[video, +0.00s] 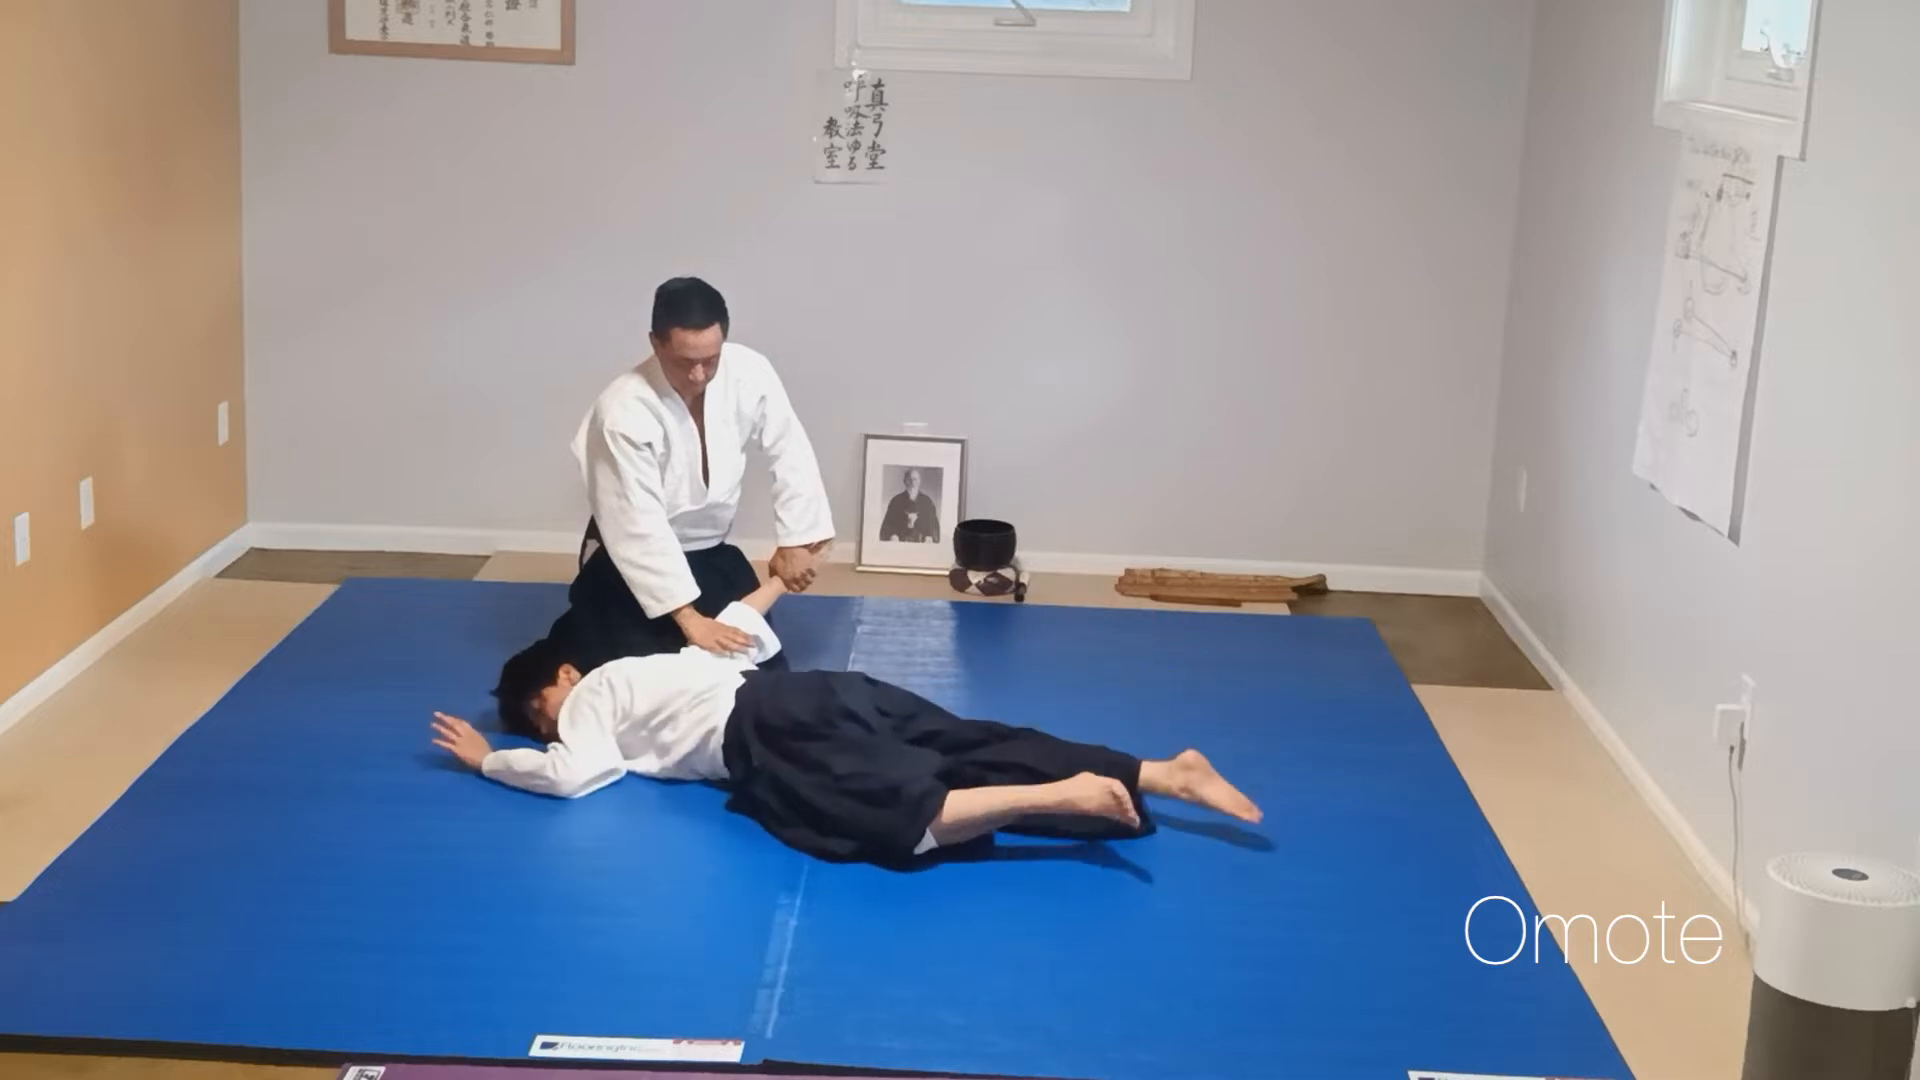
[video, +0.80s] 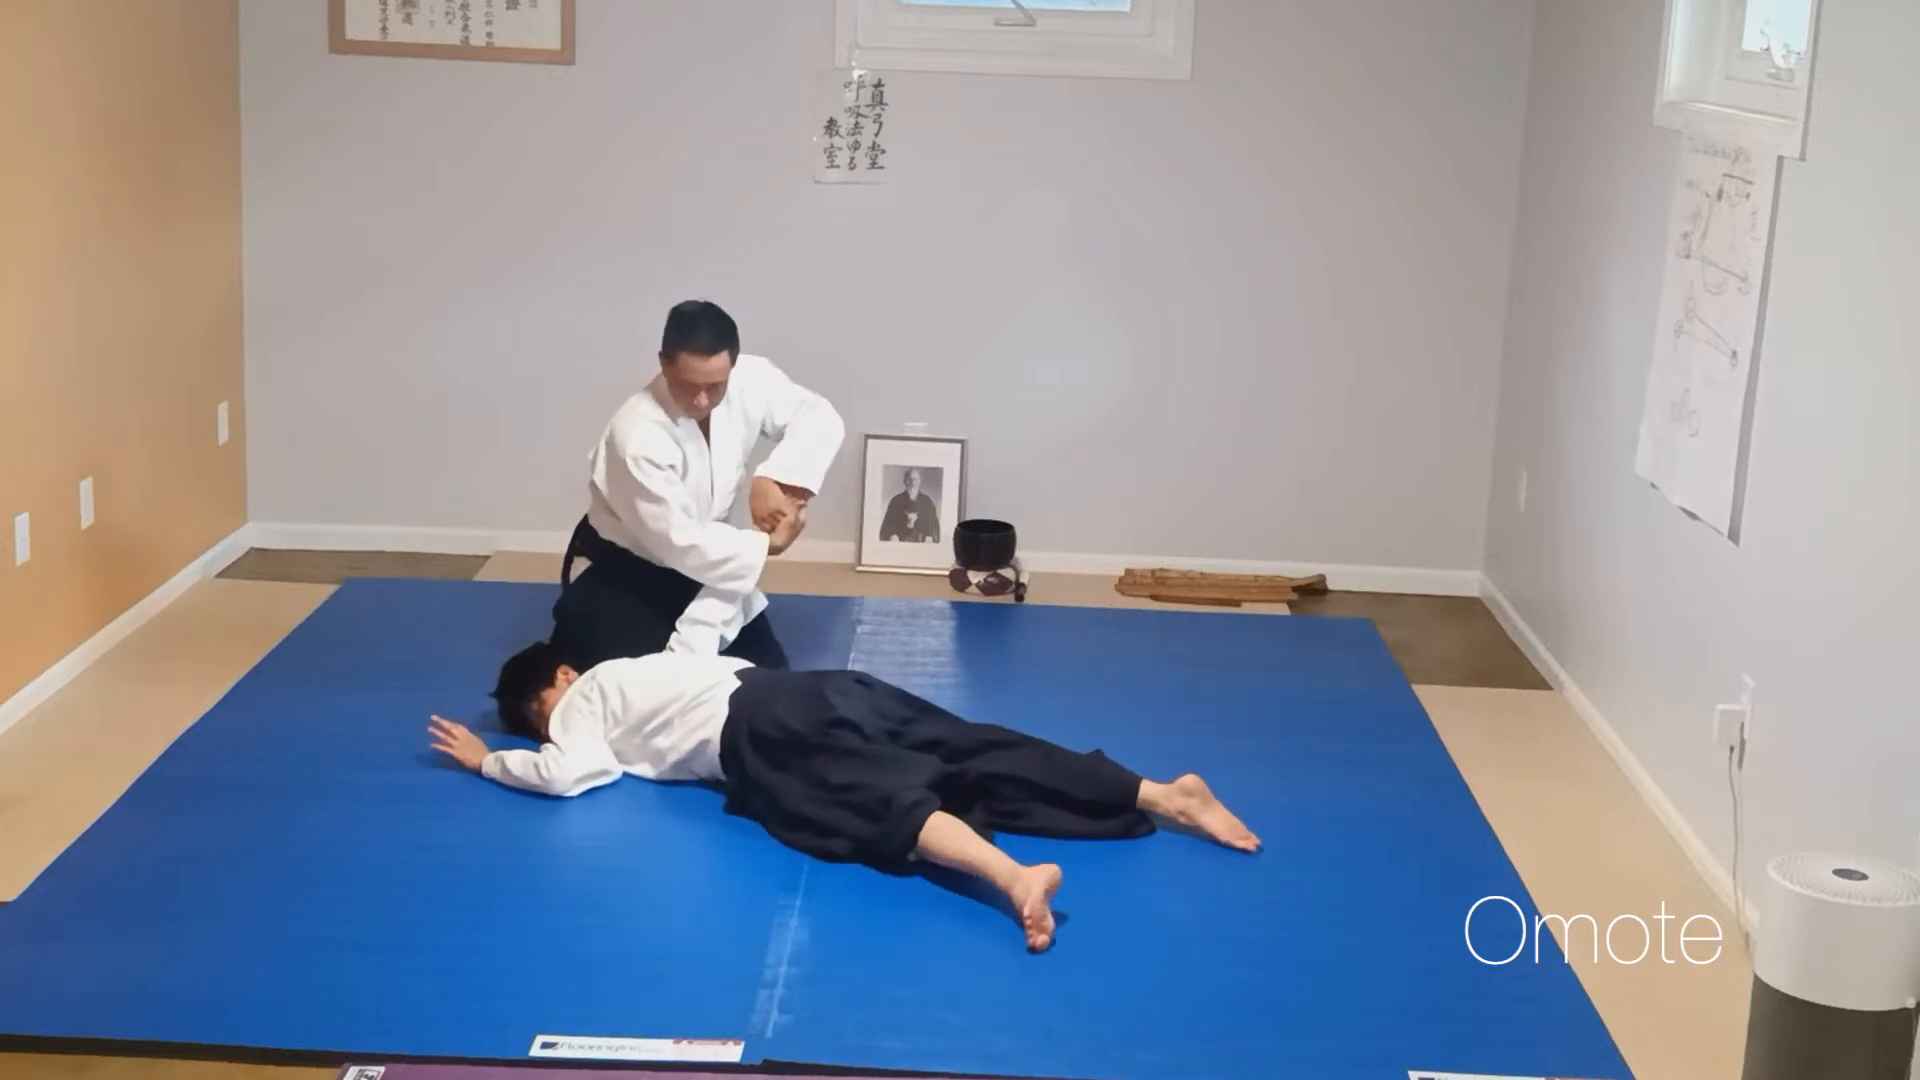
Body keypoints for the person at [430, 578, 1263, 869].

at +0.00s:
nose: (543, 727)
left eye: (535, 714)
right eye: (537, 719)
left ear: (561, 684)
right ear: (578, 668)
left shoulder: (591, 697)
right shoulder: (660, 667)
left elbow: (573, 774)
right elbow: (735, 649)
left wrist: (488, 761)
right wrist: (761, 600)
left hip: (772, 726)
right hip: (811, 683)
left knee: (900, 816)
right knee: (965, 745)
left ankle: (1046, 799)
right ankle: (1165, 774)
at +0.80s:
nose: (544, 722)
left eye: (535, 710)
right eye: (540, 712)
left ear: (558, 685)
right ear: (576, 668)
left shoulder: (583, 699)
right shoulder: (659, 662)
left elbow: (571, 771)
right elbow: (727, 645)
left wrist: (484, 760)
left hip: (762, 732)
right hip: (811, 684)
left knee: (880, 808)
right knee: (966, 747)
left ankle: (1011, 878)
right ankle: (1163, 797)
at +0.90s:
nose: (539, 726)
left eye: (532, 712)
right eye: (536, 714)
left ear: (552, 689)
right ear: (573, 668)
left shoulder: (579, 701)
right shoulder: (653, 658)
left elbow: (563, 778)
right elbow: (716, 627)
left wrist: (484, 759)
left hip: (760, 740)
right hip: (807, 685)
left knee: (885, 809)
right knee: (966, 745)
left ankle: (1022, 863)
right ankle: (1165, 795)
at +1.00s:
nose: (534, 726)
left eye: (527, 712)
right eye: (530, 712)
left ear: (547, 692)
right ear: (570, 668)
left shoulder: (575, 706)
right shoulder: (652, 653)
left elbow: (560, 778)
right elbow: (708, 623)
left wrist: (483, 759)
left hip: (754, 737)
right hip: (806, 687)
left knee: (885, 806)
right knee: (965, 745)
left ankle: (1035, 847)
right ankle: (1165, 795)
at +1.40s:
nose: (531, 719)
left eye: (524, 708)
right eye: (530, 707)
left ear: (539, 693)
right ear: (570, 668)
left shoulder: (569, 702)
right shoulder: (644, 656)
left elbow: (559, 779)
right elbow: (706, 636)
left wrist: (486, 759)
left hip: (749, 738)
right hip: (805, 687)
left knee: (888, 807)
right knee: (964, 748)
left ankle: (1031, 852)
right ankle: (1160, 796)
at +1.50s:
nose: (536, 720)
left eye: (527, 710)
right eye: (533, 709)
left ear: (546, 692)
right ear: (573, 664)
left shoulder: (573, 699)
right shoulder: (647, 660)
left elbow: (558, 778)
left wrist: (488, 759)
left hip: (748, 737)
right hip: (802, 687)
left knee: (889, 809)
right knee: (964, 748)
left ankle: (1030, 860)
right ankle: (1159, 797)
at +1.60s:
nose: (533, 719)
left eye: (526, 710)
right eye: (531, 709)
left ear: (547, 688)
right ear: (578, 662)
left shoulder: (572, 700)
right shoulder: (652, 659)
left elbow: (561, 775)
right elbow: (716, 645)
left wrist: (492, 758)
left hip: (749, 738)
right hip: (804, 688)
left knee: (891, 808)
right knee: (965, 748)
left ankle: (1030, 863)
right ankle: (1160, 797)